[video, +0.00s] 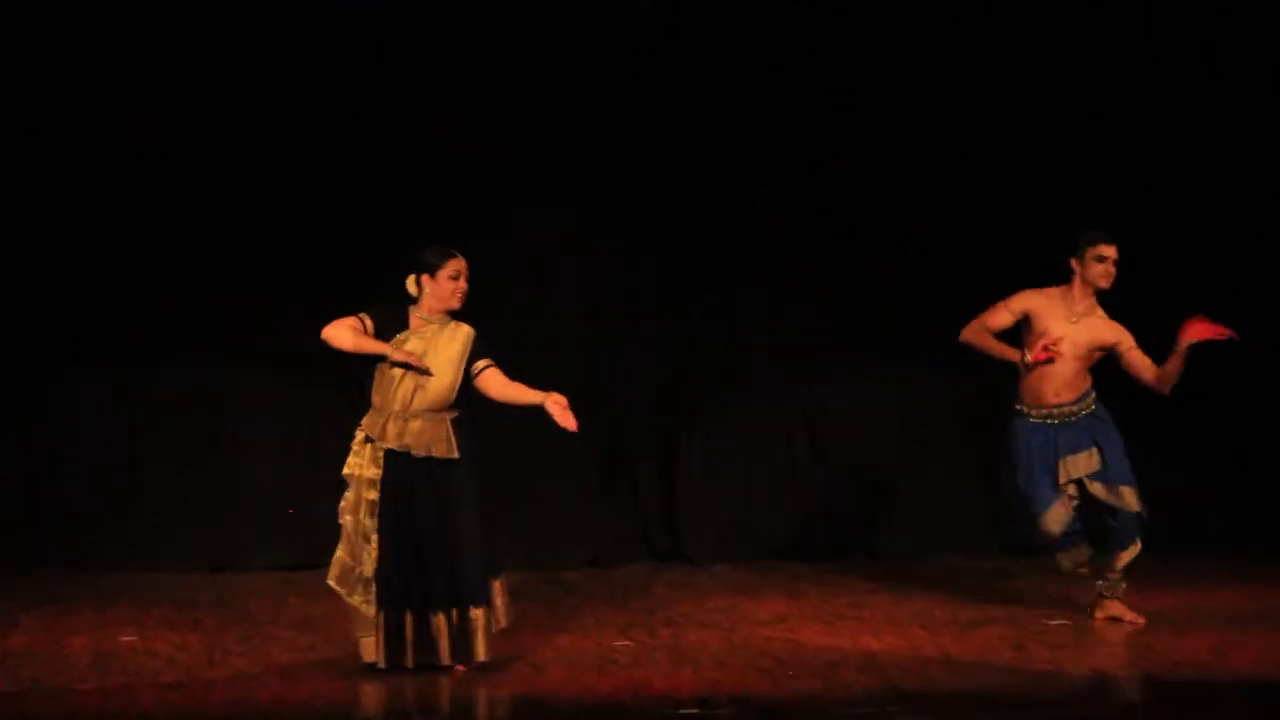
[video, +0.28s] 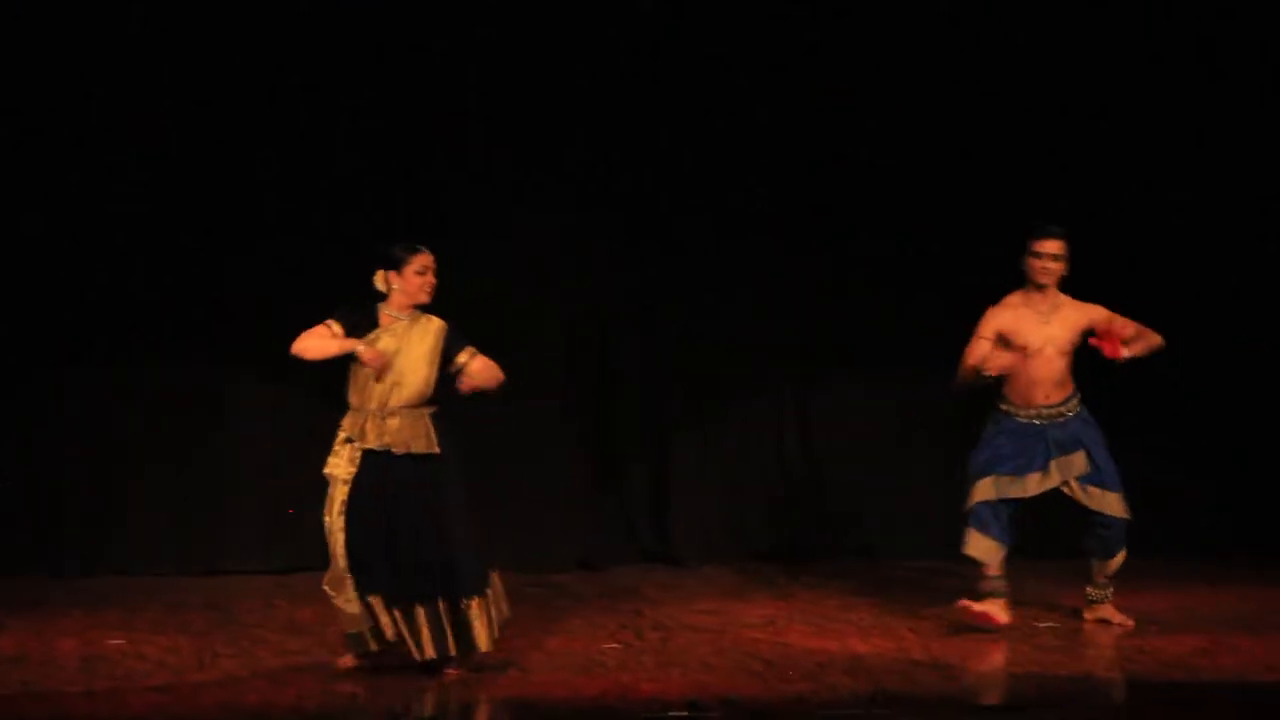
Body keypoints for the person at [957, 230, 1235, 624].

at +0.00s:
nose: (1110, 269)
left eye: (1114, 262)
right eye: (1101, 261)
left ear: (1115, 268)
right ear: (1076, 264)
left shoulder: (1108, 330)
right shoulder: (1034, 302)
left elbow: (1160, 382)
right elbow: (971, 334)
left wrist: (1182, 347)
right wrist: (1020, 357)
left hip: (1085, 419)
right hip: (1034, 424)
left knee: (1121, 506)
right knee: (1053, 521)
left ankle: (1109, 598)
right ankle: (1087, 575)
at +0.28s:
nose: (1046, 265)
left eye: (1055, 258)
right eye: (1039, 256)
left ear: (1065, 266)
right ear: (1025, 261)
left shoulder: (1081, 312)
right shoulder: (1003, 313)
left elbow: (1152, 338)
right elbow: (969, 369)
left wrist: (1126, 349)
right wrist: (1007, 359)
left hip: (1069, 420)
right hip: (1013, 422)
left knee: (1110, 507)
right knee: (987, 500)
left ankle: (1099, 601)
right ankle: (994, 601)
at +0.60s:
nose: (937, 273)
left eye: (946, 265)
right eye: (930, 267)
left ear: (966, 270)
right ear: (924, 274)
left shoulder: (1002, 305)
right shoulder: (926, 332)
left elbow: (1074, 305)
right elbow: (897, 369)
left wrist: (1042, 342)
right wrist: (863, 390)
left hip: (993, 429)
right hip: (946, 427)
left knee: (999, 520)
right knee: (939, 518)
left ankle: (903, 590)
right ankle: (957, 615)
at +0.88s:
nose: (911, 278)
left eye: (920, 269)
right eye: (905, 271)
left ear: (940, 274)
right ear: (899, 279)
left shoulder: (978, 309)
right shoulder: (902, 336)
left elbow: (1050, 310)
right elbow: (867, 367)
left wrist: (1017, 346)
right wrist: (832, 393)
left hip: (968, 436)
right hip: (920, 431)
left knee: (962, 536)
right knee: (901, 525)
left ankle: (882, 585)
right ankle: (894, 625)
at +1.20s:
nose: (952, 254)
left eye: (955, 246)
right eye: (940, 247)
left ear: (962, 256)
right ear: (919, 259)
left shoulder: (979, 307)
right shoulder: (898, 312)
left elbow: (1060, 326)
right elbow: (850, 362)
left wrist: (1034, 299)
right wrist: (891, 349)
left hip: (968, 427)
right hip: (911, 427)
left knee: (1013, 510)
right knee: (877, 519)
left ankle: (992, 621)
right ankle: (858, 624)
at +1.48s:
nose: (1027, 263)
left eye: (1028, 257)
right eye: (1016, 256)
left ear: (1031, 271)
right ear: (990, 269)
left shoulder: (1040, 322)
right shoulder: (956, 316)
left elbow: (1100, 288)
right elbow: (890, 335)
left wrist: (1162, 252)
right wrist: (946, 349)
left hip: (1018, 439)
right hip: (966, 445)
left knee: (1045, 530)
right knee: (997, 539)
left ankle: (1008, 619)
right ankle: (1061, 604)